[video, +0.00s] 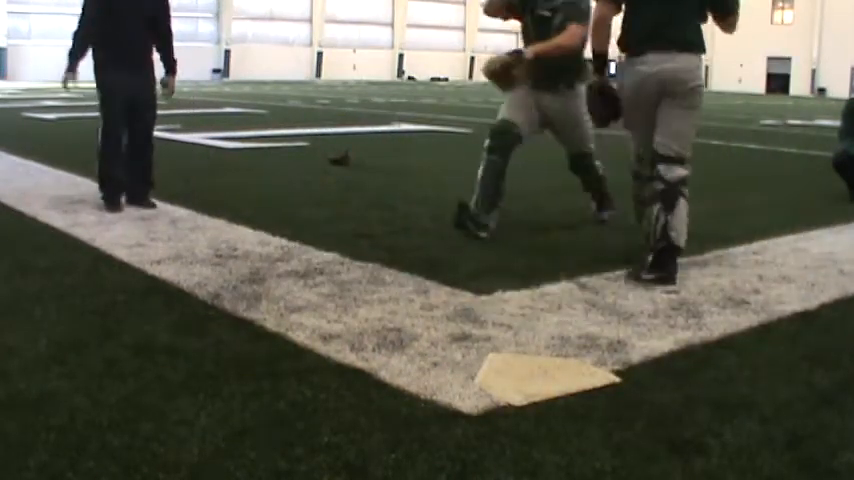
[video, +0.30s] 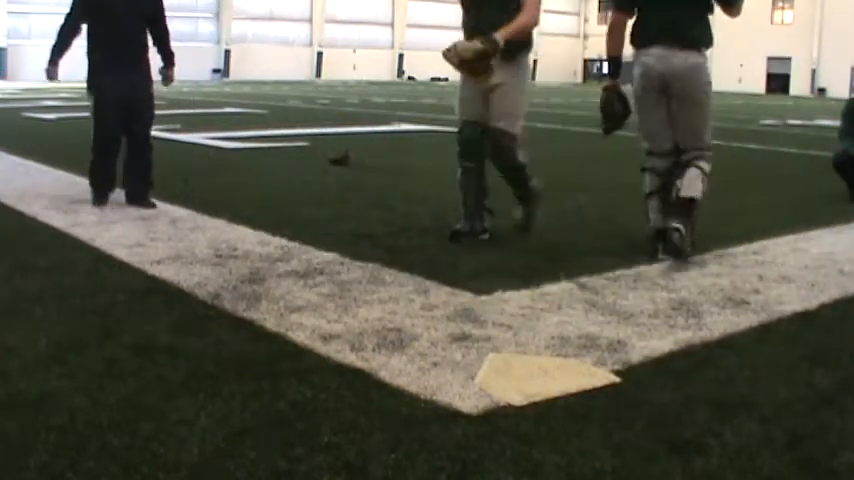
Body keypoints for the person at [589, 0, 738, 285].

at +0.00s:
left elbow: (602, 16)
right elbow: (728, 22)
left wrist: (600, 71)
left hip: (641, 63)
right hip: (686, 62)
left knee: (643, 159)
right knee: (675, 163)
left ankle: (649, 232)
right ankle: (667, 258)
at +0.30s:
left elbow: (617, 22)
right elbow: (733, 9)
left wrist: (613, 77)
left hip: (648, 59)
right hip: (690, 61)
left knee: (657, 154)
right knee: (696, 153)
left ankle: (657, 232)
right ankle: (680, 220)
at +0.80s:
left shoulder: (641, 1)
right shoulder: (705, 1)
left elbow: (625, 28)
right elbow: (717, 31)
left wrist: (628, 66)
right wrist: (732, 45)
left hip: (652, 66)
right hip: (689, 65)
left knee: (653, 148)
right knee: (688, 148)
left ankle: (655, 193)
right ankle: (684, 213)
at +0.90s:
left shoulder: (638, 1)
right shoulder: (700, 2)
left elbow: (624, 26)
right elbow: (707, 35)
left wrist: (630, 64)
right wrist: (719, 65)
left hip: (651, 63)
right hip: (686, 62)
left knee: (652, 144)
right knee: (687, 146)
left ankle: (645, 187)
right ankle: (681, 218)